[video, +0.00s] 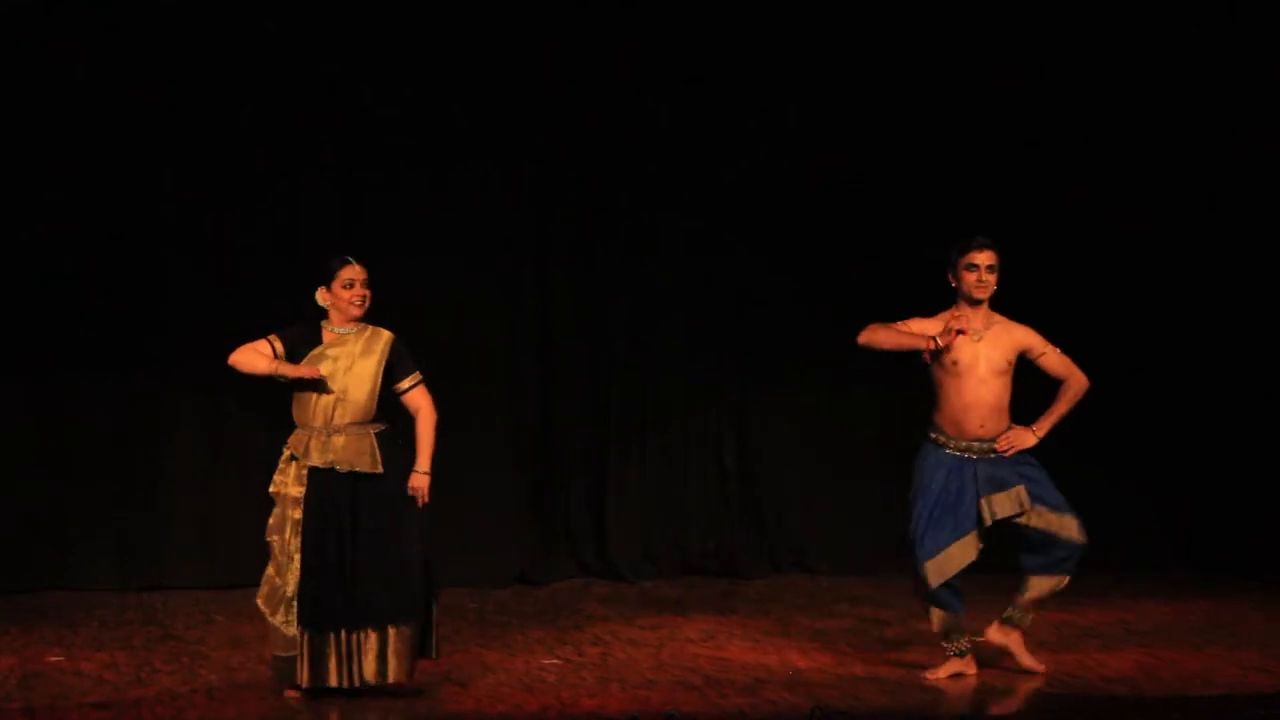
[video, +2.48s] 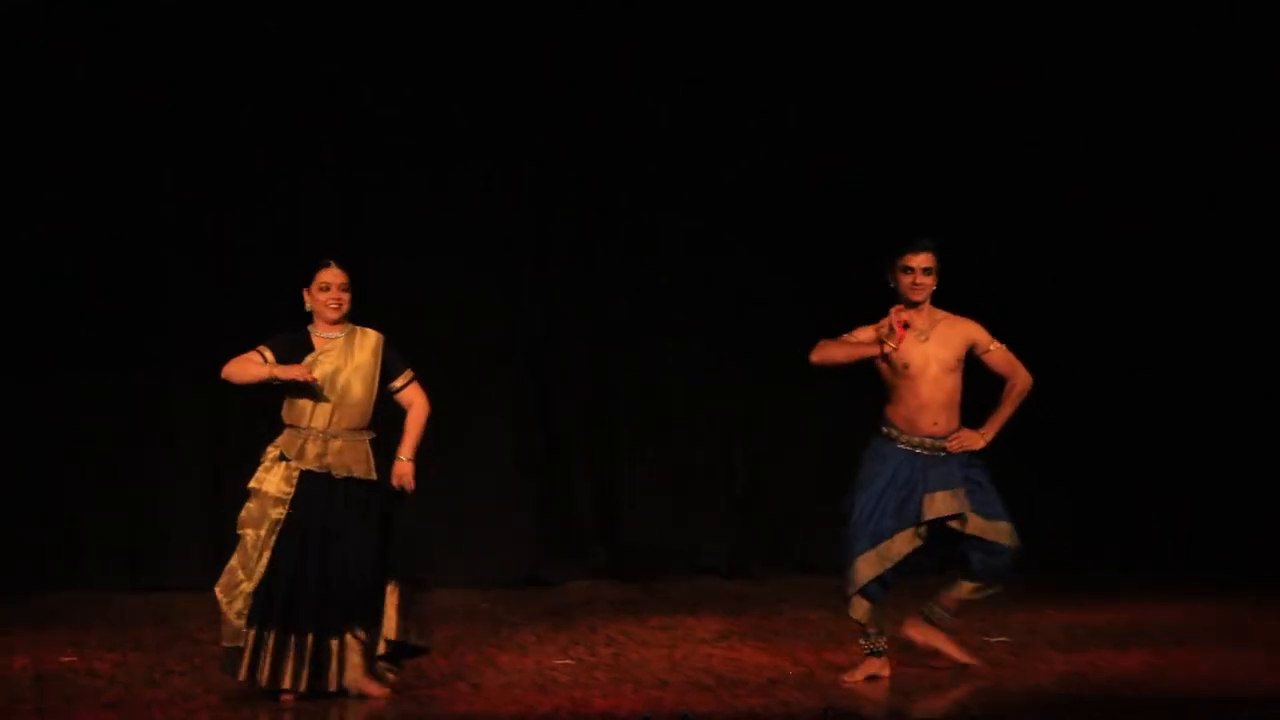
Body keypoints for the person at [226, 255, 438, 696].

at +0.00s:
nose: (360, 293)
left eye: (364, 286)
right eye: (349, 286)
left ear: (370, 294)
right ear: (325, 294)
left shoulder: (384, 345)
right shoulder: (304, 337)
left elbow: (424, 408)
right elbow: (239, 357)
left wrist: (422, 469)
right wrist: (286, 369)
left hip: (367, 470)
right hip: (310, 469)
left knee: (371, 568)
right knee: (307, 569)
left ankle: (373, 672)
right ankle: (306, 673)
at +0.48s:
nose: (355, 296)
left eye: (359, 289)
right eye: (344, 289)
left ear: (364, 296)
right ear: (319, 298)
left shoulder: (376, 347)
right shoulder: (298, 344)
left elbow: (420, 411)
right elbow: (240, 363)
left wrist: (420, 472)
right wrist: (298, 358)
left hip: (365, 471)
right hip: (309, 472)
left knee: (370, 568)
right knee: (312, 570)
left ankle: (372, 673)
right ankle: (316, 673)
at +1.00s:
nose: (305, 304)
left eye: (314, 296)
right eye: (297, 296)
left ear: (332, 303)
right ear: (289, 303)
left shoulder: (357, 352)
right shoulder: (276, 348)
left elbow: (406, 404)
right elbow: (213, 378)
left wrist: (378, 445)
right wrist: (257, 375)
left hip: (337, 478)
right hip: (280, 476)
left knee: (337, 576)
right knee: (280, 576)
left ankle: (337, 675)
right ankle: (282, 676)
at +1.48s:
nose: (350, 300)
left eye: (355, 293)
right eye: (340, 292)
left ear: (362, 300)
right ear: (316, 299)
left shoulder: (377, 350)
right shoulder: (297, 345)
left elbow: (417, 411)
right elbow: (240, 364)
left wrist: (424, 473)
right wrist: (294, 358)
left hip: (363, 473)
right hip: (306, 472)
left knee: (367, 569)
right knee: (304, 570)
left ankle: (364, 672)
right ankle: (303, 673)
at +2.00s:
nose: (319, 297)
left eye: (328, 289)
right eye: (312, 290)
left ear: (346, 295)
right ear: (302, 296)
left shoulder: (369, 346)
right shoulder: (289, 343)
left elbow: (417, 400)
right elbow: (225, 370)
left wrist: (394, 445)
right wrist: (276, 366)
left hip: (350, 473)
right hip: (292, 471)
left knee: (355, 568)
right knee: (296, 572)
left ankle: (360, 671)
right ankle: (300, 678)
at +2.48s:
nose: (335, 296)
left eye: (342, 289)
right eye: (326, 289)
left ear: (351, 297)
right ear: (308, 295)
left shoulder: (373, 346)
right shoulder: (291, 342)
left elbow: (418, 403)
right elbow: (231, 371)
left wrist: (405, 457)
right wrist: (278, 371)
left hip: (354, 472)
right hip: (297, 470)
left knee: (357, 570)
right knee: (292, 570)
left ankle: (354, 671)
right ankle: (290, 675)